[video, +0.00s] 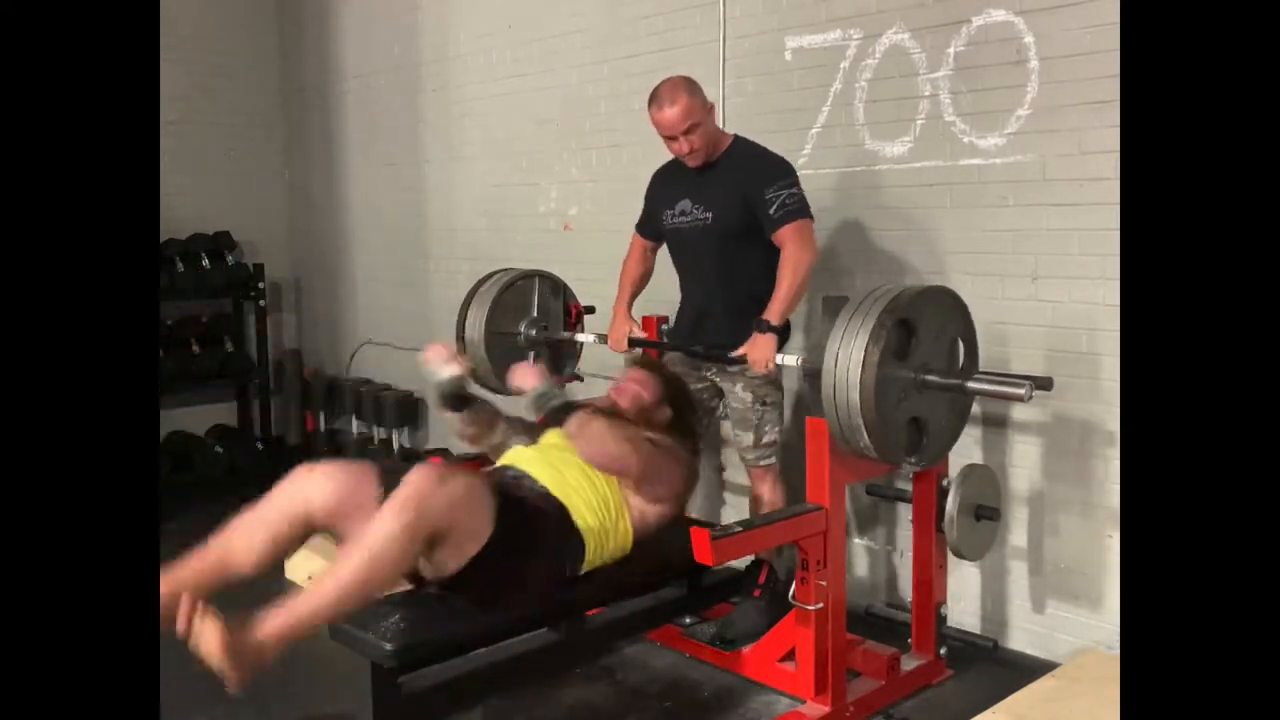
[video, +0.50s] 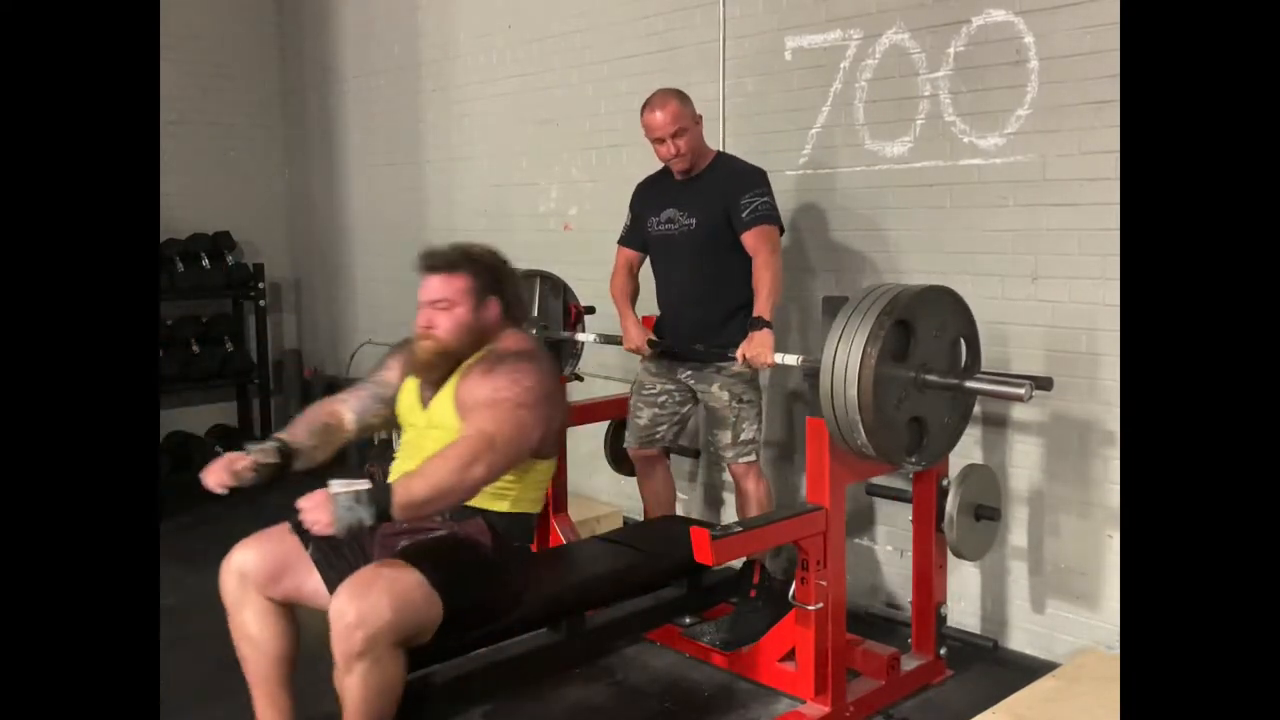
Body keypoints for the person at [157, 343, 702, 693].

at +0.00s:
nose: (620, 384)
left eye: (637, 383)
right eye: (620, 378)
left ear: (667, 411)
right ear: (614, 388)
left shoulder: (674, 460)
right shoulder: (568, 433)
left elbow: (610, 448)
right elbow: (490, 438)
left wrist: (553, 398)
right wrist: (456, 389)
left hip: (535, 552)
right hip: (461, 518)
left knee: (435, 483)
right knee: (319, 480)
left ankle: (257, 645)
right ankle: (170, 590)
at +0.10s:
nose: (587, 359)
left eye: (604, 356)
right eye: (586, 350)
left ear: (634, 379)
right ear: (576, 357)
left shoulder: (640, 431)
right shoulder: (544, 406)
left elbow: (581, 452)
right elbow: (467, 429)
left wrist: (504, 424)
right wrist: (405, 406)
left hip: (524, 542)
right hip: (449, 512)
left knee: (398, 532)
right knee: (289, 516)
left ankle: (274, 710)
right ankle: (171, 682)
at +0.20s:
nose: (545, 339)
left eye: (565, 332)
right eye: (545, 328)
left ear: (605, 353)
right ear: (539, 337)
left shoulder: (617, 407)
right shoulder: (519, 386)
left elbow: (568, 449)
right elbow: (451, 416)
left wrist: (467, 452)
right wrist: (375, 418)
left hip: (510, 537)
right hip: (432, 516)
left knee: (382, 563)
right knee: (269, 536)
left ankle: (314, 713)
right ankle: (193, 703)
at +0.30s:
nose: (506, 325)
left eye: (525, 315)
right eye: (505, 314)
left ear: (569, 333)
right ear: (497, 321)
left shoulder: (579, 386)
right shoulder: (482, 376)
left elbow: (533, 452)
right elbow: (410, 411)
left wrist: (428, 473)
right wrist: (339, 435)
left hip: (507, 532)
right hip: (426, 514)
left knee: (374, 578)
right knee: (260, 546)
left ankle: (334, 714)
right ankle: (222, 710)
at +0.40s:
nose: (465, 321)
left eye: (484, 309)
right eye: (463, 309)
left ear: (530, 318)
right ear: (457, 311)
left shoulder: (550, 378)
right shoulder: (453, 363)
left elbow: (505, 456)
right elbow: (378, 412)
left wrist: (396, 492)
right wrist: (310, 449)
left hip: (491, 538)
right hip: (410, 520)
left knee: (367, 597)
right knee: (251, 558)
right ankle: (248, 711)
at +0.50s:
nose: (423, 322)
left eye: (442, 307)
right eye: (422, 307)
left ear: (492, 310)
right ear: (418, 307)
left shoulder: (518, 369)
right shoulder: (418, 358)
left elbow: (474, 463)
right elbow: (341, 414)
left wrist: (369, 501)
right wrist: (268, 457)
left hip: (482, 542)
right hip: (398, 527)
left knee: (361, 611)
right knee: (246, 569)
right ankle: (273, 714)